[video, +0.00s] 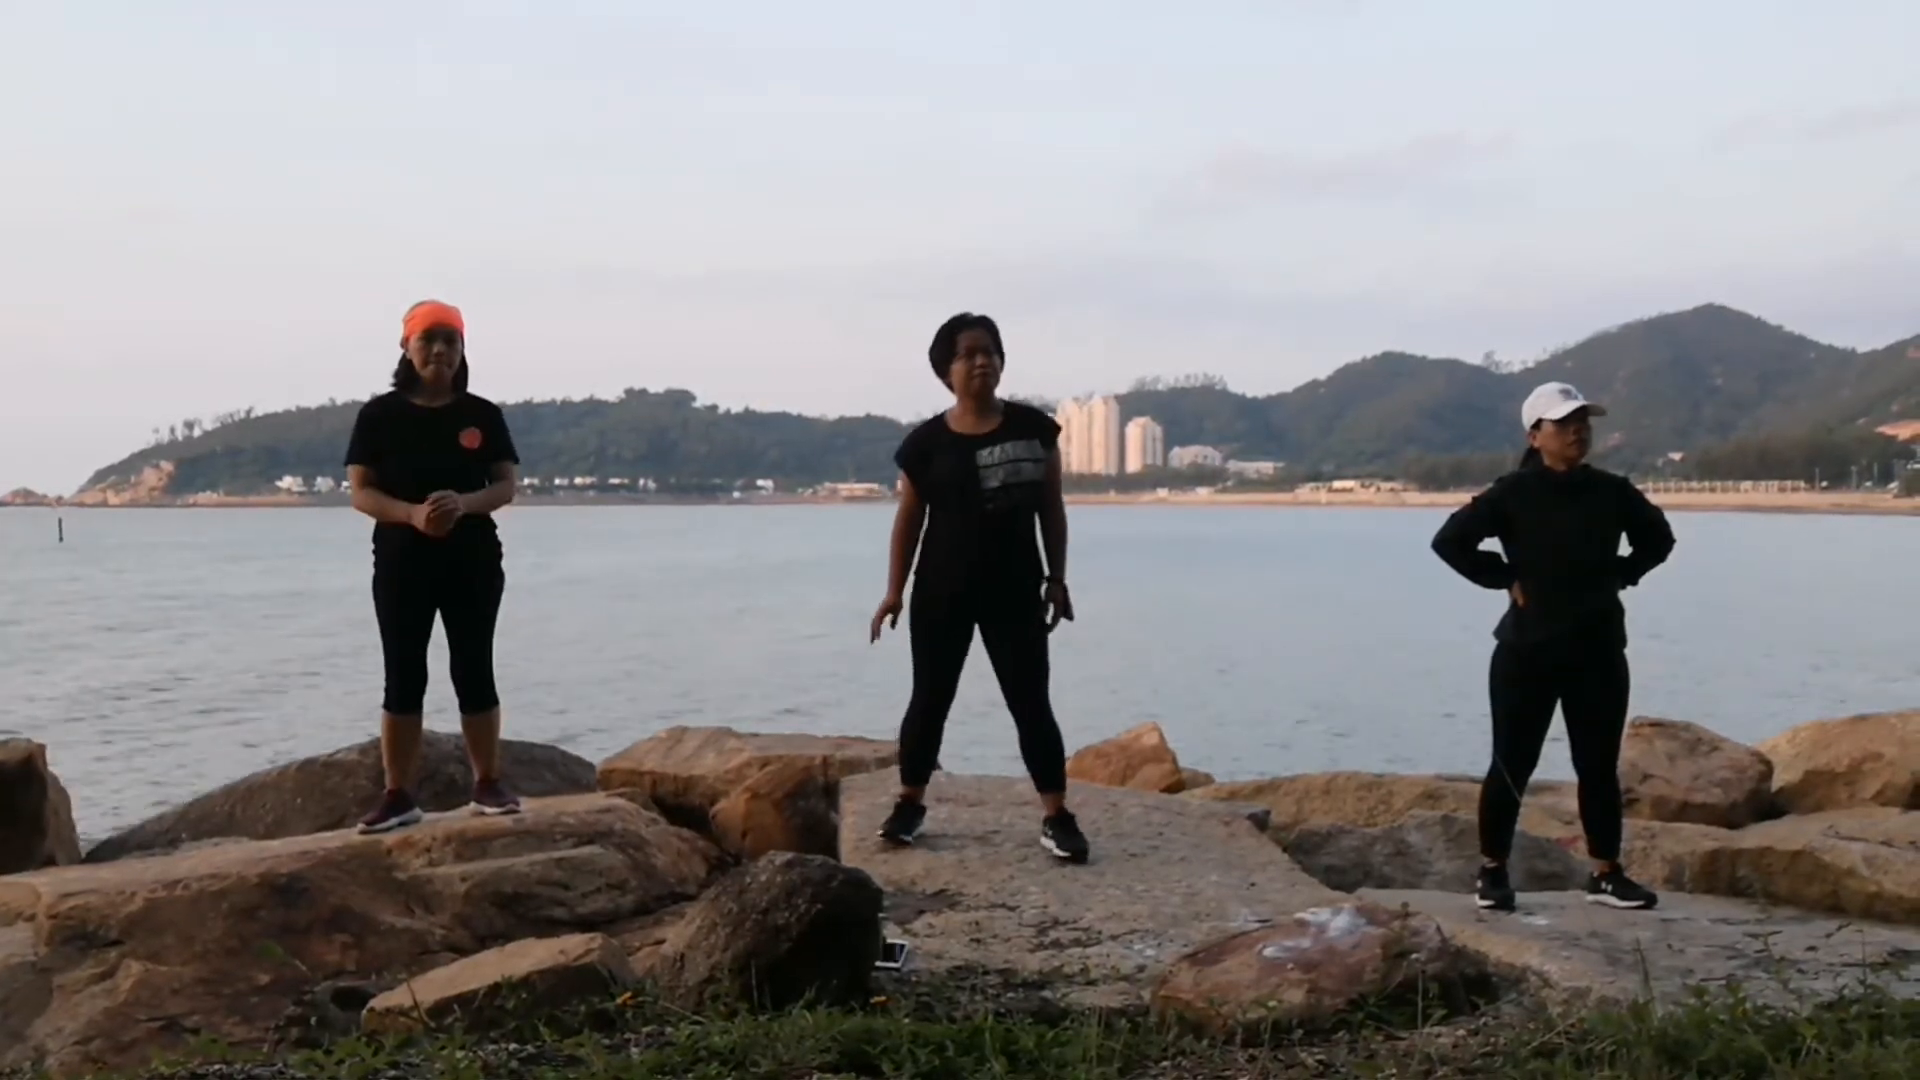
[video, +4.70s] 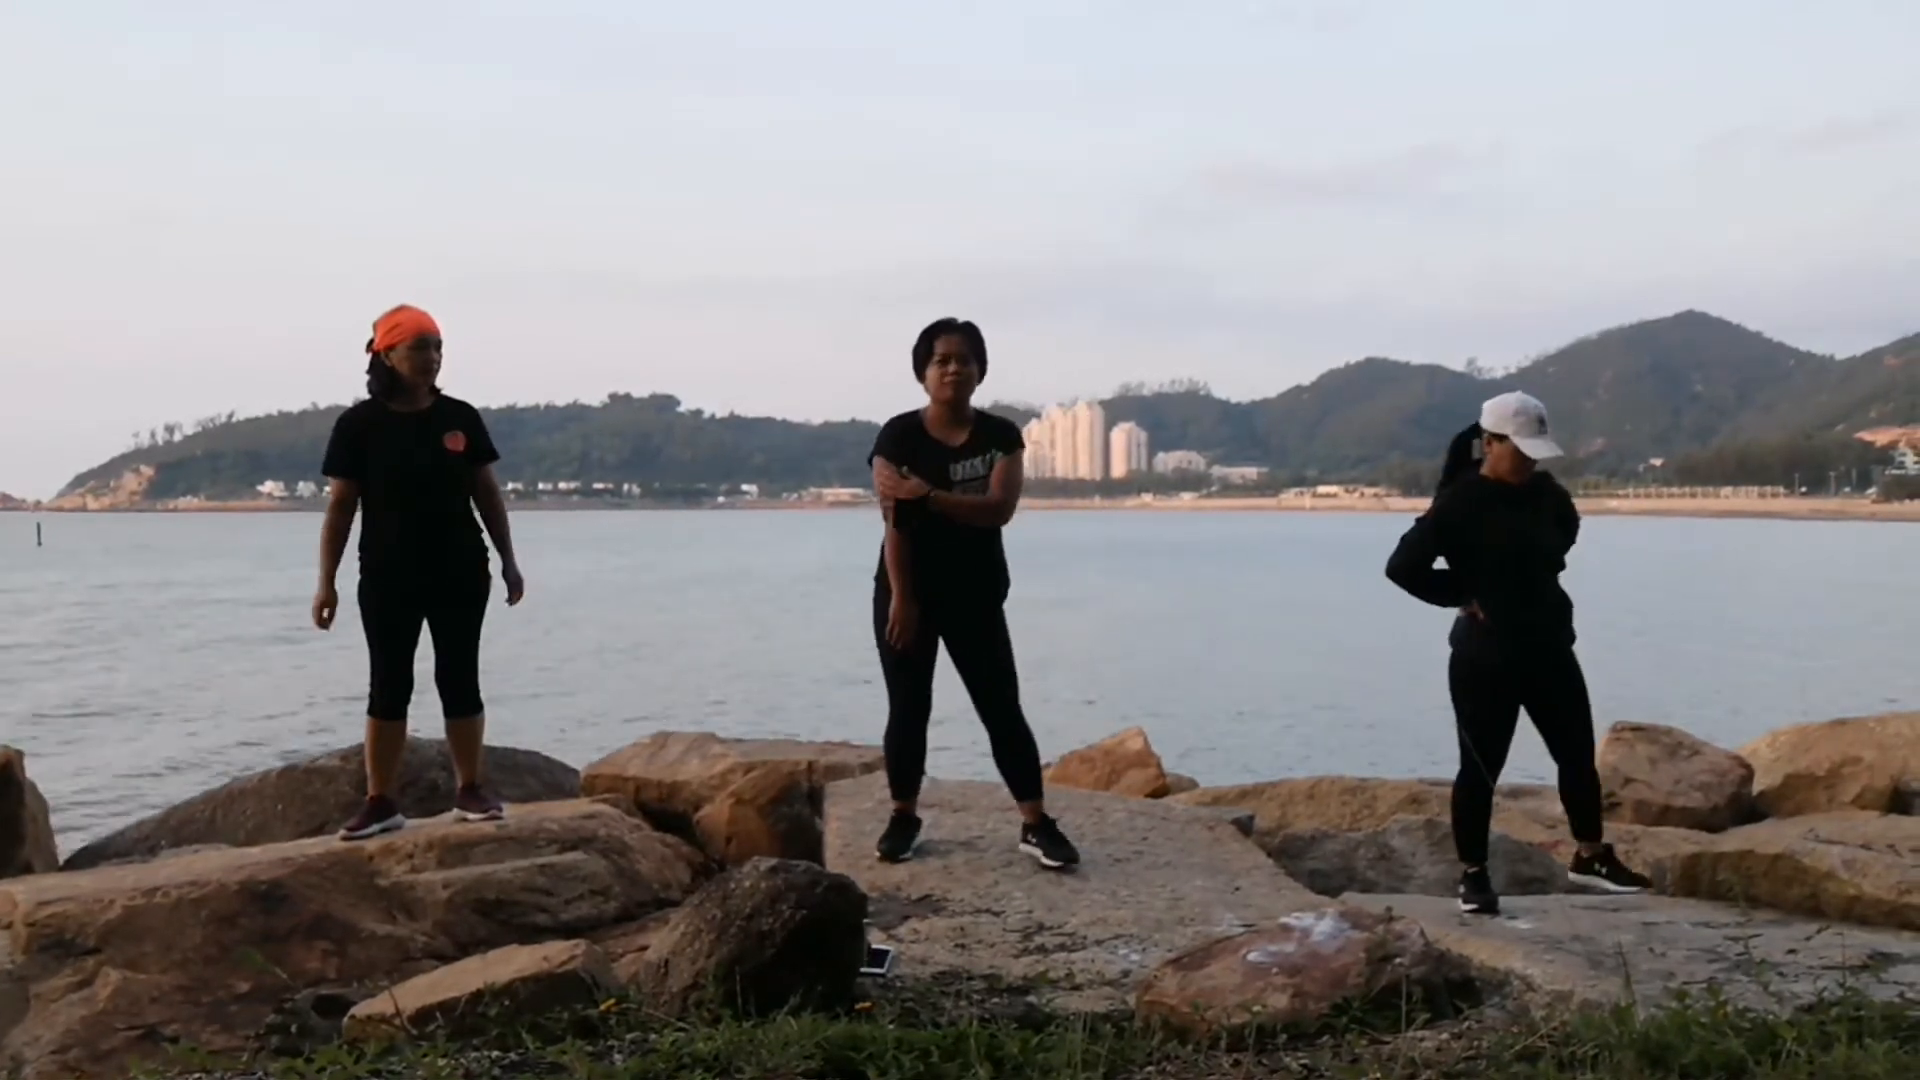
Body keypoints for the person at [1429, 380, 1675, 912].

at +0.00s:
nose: (1580, 432)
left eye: (1582, 422)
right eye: (1567, 424)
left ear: (1587, 427)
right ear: (1536, 434)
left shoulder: (1611, 490)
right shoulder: (1512, 493)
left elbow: (1659, 538)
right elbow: (1449, 543)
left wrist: (1619, 574)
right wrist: (1506, 577)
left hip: (1597, 650)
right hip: (1528, 650)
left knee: (1599, 768)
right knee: (1511, 765)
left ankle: (1607, 873)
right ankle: (1493, 872)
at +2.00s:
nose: (1575, 433)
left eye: (1580, 423)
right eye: (1562, 425)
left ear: (1587, 430)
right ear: (1534, 435)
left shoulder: (1607, 494)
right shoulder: (1508, 495)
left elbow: (1654, 542)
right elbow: (1444, 542)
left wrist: (1611, 577)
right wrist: (1501, 579)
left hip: (1592, 652)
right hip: (1523, 652)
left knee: (1593, 768)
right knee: (1506, 766)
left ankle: (1600, 874)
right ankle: (1487, 874)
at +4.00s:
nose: (1499, 439)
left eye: (1508, 429)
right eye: (1488, 429)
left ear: (1520, 434)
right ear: (1466, 437)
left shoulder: (1540, 490)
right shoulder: (1446, 501)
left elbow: (1584, 525)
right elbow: (1386, 557)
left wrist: (1551, 565)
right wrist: (1445, 588)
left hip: (1540, 642)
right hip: (1475, 647)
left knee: (1572, 758)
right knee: (1475, 767)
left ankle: (1590, 865)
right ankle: (1477, 876)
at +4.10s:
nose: (1493, 442)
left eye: (1502, 432)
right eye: (1482, 433)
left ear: (1512, 436)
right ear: (1459, 437)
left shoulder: (1532, 489)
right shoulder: (1437, 502)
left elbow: (1574, 524)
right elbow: (1380, 561)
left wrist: (1542, 565)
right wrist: (1441, 591)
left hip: (1536, 642)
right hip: (1471, 648)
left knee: (1575, 749)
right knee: (1474, 765)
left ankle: (1555, 836)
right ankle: (1476, 873)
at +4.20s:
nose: (1496, 447)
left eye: (1502, 438)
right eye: (1485, 438)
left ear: (1510, 439)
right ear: (1456, 438)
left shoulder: (1528, 488)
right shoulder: (1432, 502)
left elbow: (1572, 525)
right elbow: (1375, 562)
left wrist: (1541, 564)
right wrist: (1437, 591)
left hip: (1534, 639)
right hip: (1470, 647)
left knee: (1577, 746)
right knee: (1473, 765)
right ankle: (1476, 875)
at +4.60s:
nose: (1515, 457)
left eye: (1519, 447)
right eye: (1505, 446)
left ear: (1521, 444)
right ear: (1474, 442)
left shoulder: (1536, 489)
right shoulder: (1447, 501)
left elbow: (1567, 525)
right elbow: (1388, 567)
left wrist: (1536, 570)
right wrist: (1450, 594)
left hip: (1541, 636)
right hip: (1479, 642)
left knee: (1570, 743)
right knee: (1476, 765)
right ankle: (1473, 874)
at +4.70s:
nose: (1532, 461)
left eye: (1536, 451)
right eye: (1523, 451)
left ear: (1540, 446)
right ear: (1491, 444)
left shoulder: (1549, 493)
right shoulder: (1461, 500)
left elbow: (1566, 537)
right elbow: (1403, 568)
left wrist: (1533, 581)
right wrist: (1462, 595)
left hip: (1547, 642)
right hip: (1486, 648)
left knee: (1577, 751)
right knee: (1480, 765)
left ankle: (1590, 853)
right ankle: (1474, 875)